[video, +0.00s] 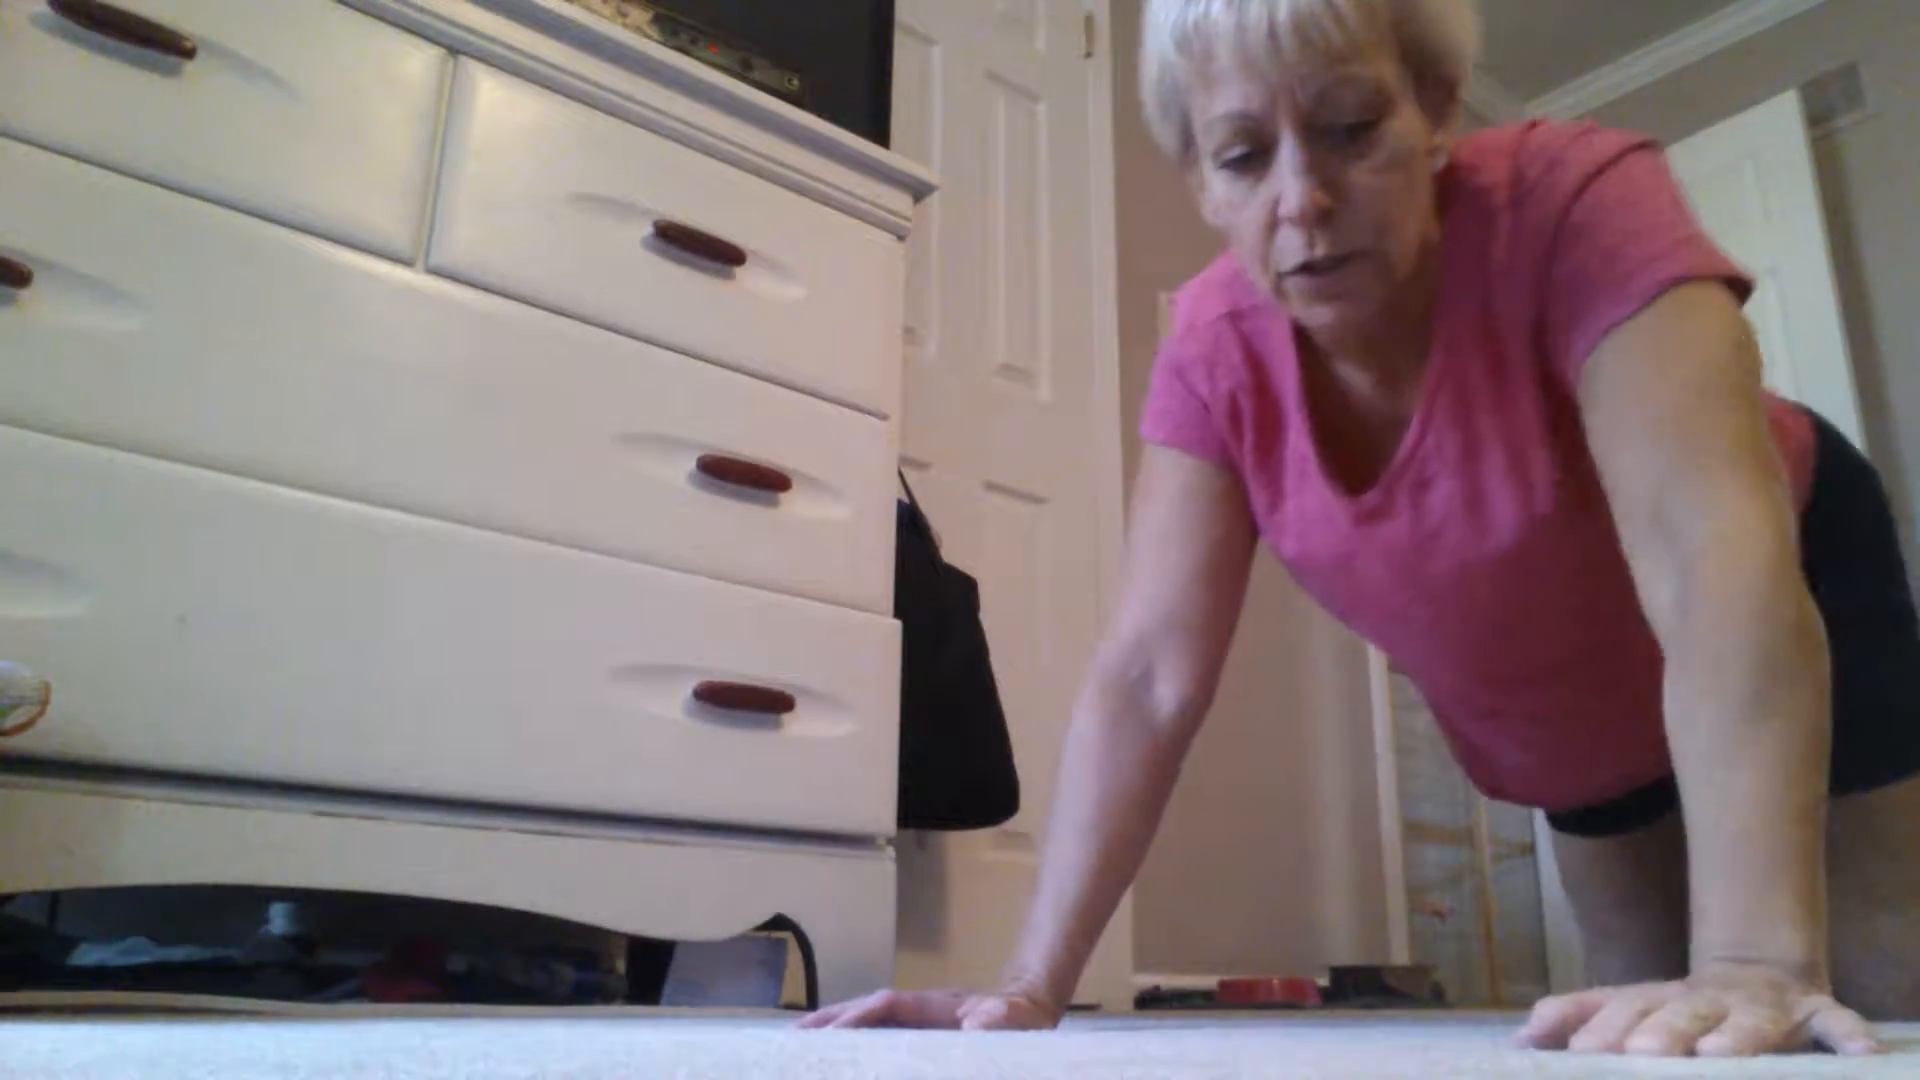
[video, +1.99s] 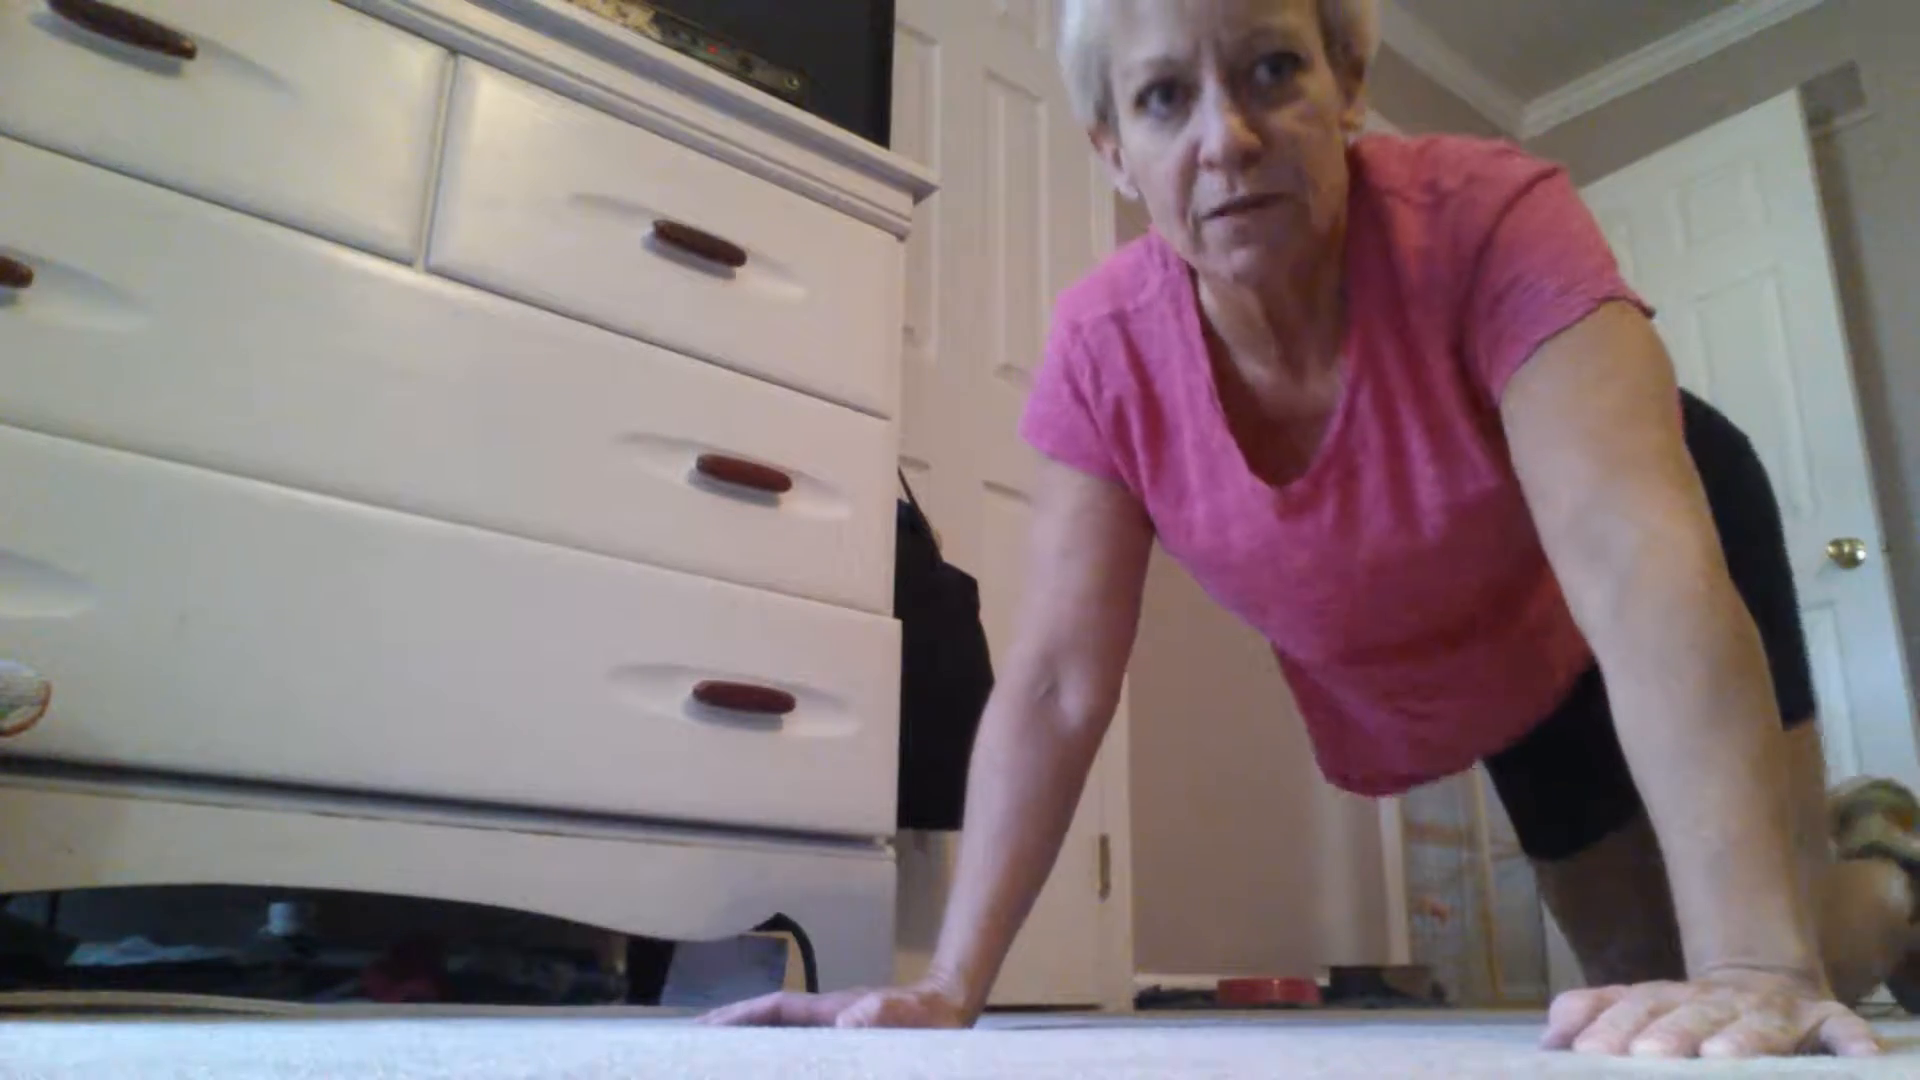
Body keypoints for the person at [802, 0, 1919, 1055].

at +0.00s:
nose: (1304, 196)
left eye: (1347, 127)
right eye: (1247, 153)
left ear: (1434, 117)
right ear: (1202, 183)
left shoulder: (1580, 208)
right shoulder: (1216, 341)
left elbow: (1722, 577)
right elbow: (1146, 679)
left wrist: (1758, 969)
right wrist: (1033, 983)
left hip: (1783, 609)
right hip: (1571, 710)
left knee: (1865, 1013)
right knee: (1642, 1043)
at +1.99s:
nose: (1228, 135)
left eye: (1268, 73)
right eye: (1167, 99)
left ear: (1346, 89)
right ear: (1115, 157)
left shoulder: (1490, 219)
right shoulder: (1105, 341)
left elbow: (1647, 561)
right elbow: (1053, 685)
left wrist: (1751, 974)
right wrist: (953, 979)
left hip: (1648, 559)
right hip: (1487, 667)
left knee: (1776, 959)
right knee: (1643, 988)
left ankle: (1907, 867)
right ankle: (1863, 876)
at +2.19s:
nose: (1206, 126)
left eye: (1249, 66)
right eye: (1146, 90)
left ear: (1332, 84)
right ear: (1101, 150)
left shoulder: (1476, 217)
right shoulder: (1104, 340)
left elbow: (1654, 566)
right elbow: (1053, 682)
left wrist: (1756, 968)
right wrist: (953, 980)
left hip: (1663, 554)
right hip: (1489, 647)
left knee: (1734, 948)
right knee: (1614, 965)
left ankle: (1836, 916)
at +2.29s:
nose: (1161, 125)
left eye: (1203, 61)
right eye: (1103, 91)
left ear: (1291, 63)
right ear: (1059, 138)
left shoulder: (1454, 204)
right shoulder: (1090, 339)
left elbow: (1642, 551)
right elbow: (1047, 682)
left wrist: (1758, 970)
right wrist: (952, 980)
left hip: (1677, 551)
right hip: (1502, 656)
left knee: (1758, 965)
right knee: (1629, 992)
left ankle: (1918, 920)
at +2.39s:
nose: (1116, 143)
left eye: (1154, 74)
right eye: (1062, 108)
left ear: (1261, 64)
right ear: (1032, 140)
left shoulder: (1437, 192)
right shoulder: (1083, 331)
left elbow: (1630, 538)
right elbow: (1043, 675)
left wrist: (1756, 973)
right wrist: (949, 985)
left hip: (1682, 542)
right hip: (1504, 657)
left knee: (1777, 948)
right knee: (1644, 997)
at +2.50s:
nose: (1077, 166)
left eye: (1117, 89)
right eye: (1031, 120)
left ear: (1246, 69)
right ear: (1007, 136)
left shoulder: (1435, 191)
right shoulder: (1080, 330)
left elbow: (1624, 530)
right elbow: (1042, 674)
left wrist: (1754, 972)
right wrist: (950, 983)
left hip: (1678, 542)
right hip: (1500, 659)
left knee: (1776, 955)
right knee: (1644, 999)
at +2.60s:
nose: (1044, 193)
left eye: (1084, 121)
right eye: (1009, 142)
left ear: (1237, 80)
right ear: (990, 146)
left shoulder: (1444, 192)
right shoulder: (1084, 333)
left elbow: (1640, 541)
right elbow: (1045, 675)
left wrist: (1752, 973)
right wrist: (950, 983)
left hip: (1678, 548)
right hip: (1501, 665)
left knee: (1777, 956)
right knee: (1645, 999)